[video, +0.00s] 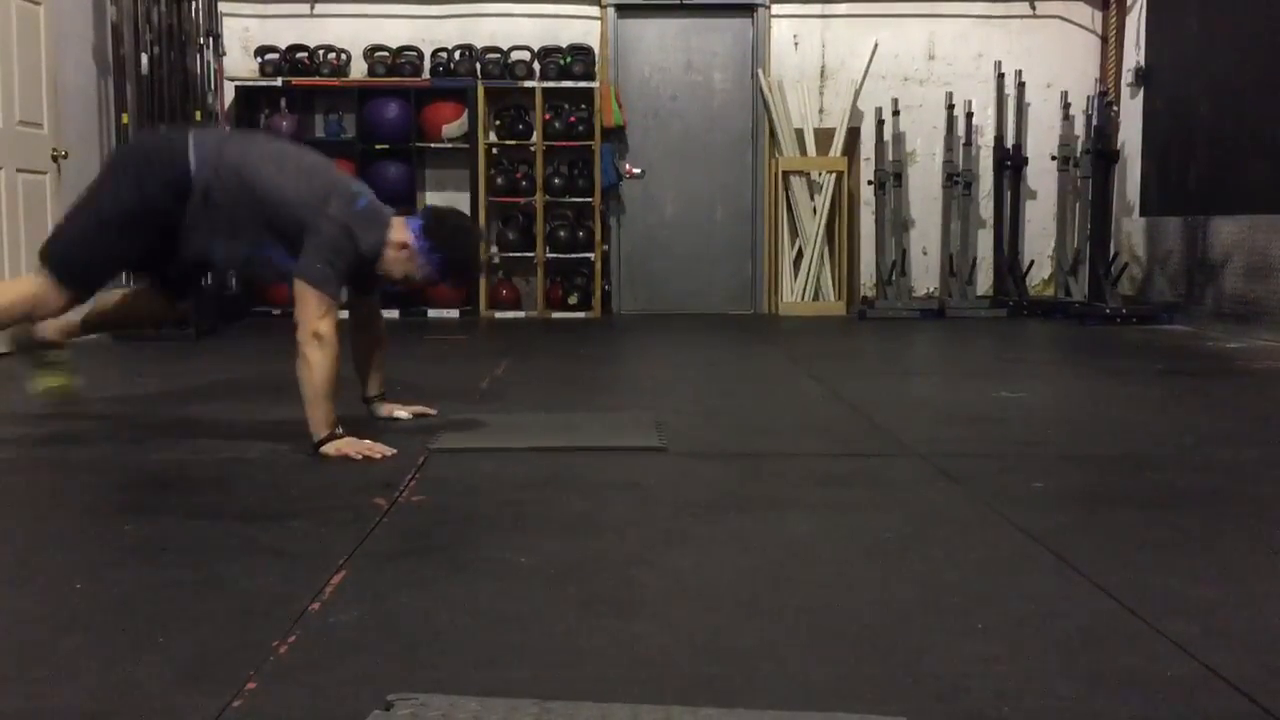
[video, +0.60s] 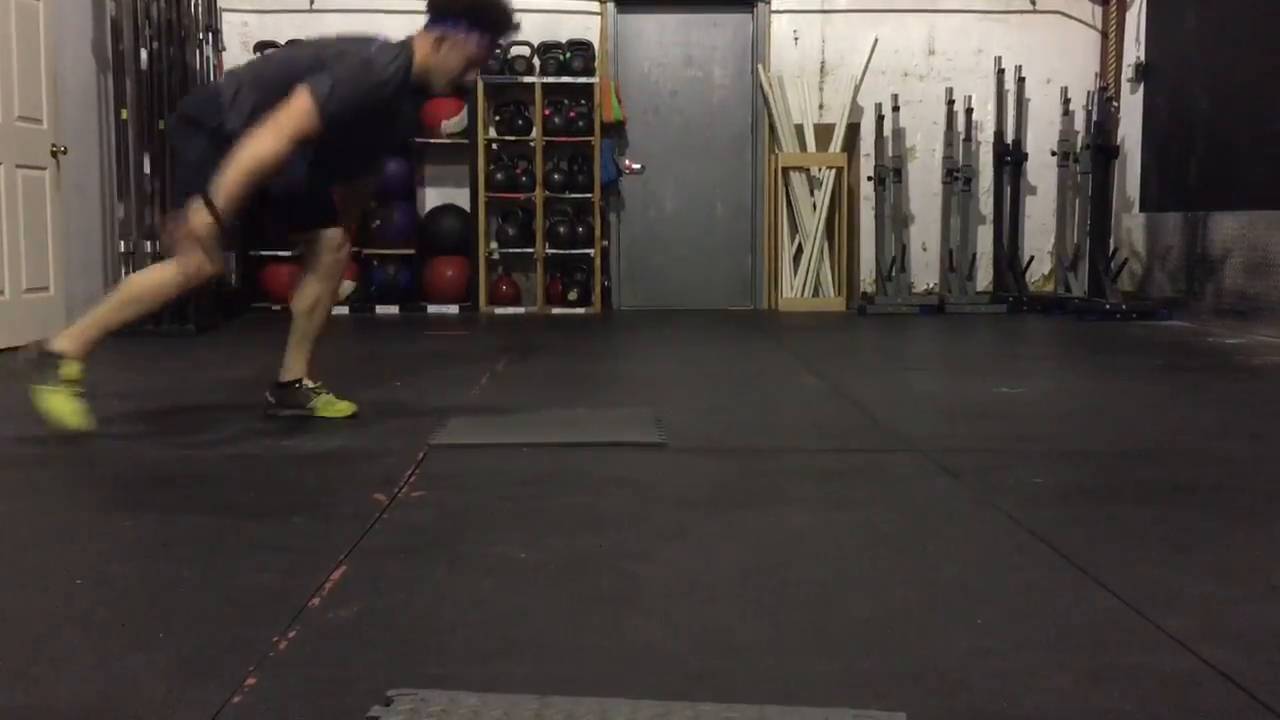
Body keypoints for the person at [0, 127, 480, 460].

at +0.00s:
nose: (409, 284)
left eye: (419, 281)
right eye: (418, 275)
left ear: (416, 237)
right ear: (413, 242)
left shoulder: (373, 228)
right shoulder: (339, 223)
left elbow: (365, 316)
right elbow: (314, 331)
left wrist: (375, 395)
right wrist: (326, 436)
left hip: (200, 207)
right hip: (163, 169)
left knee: (160, 302)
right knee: (51, 290)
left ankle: (56, 329)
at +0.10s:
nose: (369, 281)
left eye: (378, 280)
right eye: (375, 274)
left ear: (370, 240)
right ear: (368, 242)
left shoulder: (346, 226)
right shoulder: (304, 223)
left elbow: (352, 318)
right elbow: (302, 334)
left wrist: (375, 397)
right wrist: (326, 434)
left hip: (197, 143)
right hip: (148, 126)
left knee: (238, 268)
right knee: (72, 272)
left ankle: (170, 360)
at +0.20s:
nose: (354, 272)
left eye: (363, 269)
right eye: (360, 265)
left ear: (358, 224)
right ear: (354, 236)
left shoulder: (338, 206)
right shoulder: (291, 227)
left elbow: (356, 304)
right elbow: (297, 335)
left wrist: (380, 385)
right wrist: (327, 433)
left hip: (197, 125)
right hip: (137, 136)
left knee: (294, 268)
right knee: (85, 288)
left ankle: (268, 363)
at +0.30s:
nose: (388, 230)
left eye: (395, 223)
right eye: (389, 218)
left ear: (373, 187)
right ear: (367, 192)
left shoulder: (351, 188)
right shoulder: (298, 212)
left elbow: (377, 282)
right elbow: (306, 327)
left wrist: (403, 361)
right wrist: (327, 430)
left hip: (198, 174)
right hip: (139, 181)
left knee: (307, 282)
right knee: (94, 315)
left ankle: (287, 388)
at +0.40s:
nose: (419, 170)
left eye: (425, 160)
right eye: (418, 157)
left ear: (398, 143)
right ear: (387, 138)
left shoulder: (372, 169)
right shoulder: (317, 163)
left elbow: (395, 254)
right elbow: (314, 285)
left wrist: (419, 334)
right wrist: (333, 388)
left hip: (236, 206)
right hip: (171, 193)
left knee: (330, 274)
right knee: (109, 311)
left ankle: (289, 387)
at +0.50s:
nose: (446, 119)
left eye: (454, 110)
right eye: (446, 104)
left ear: (439, 100)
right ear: (414, 81)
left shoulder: (396, 140)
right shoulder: (349, 113)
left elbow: (390, 221)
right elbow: (302, 205)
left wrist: (380, 299)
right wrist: (276, 302)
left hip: (260, 177)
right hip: (193, 162)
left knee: (340, 258)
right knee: (143, 286)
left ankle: (292, 386)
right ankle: (8, 368)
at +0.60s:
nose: (477, 71)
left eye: (483, 60)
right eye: (476, 55)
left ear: (456, 46)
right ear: (443, 35)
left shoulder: (408, 100)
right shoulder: (373, 70)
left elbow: (353, 174)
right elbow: (280, 125)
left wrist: (347, 239)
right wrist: (213, 205)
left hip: (278, 146)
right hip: (211, 130)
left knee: (330, 246)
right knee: (200, 260)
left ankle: (292, 381)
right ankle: (64, 350)